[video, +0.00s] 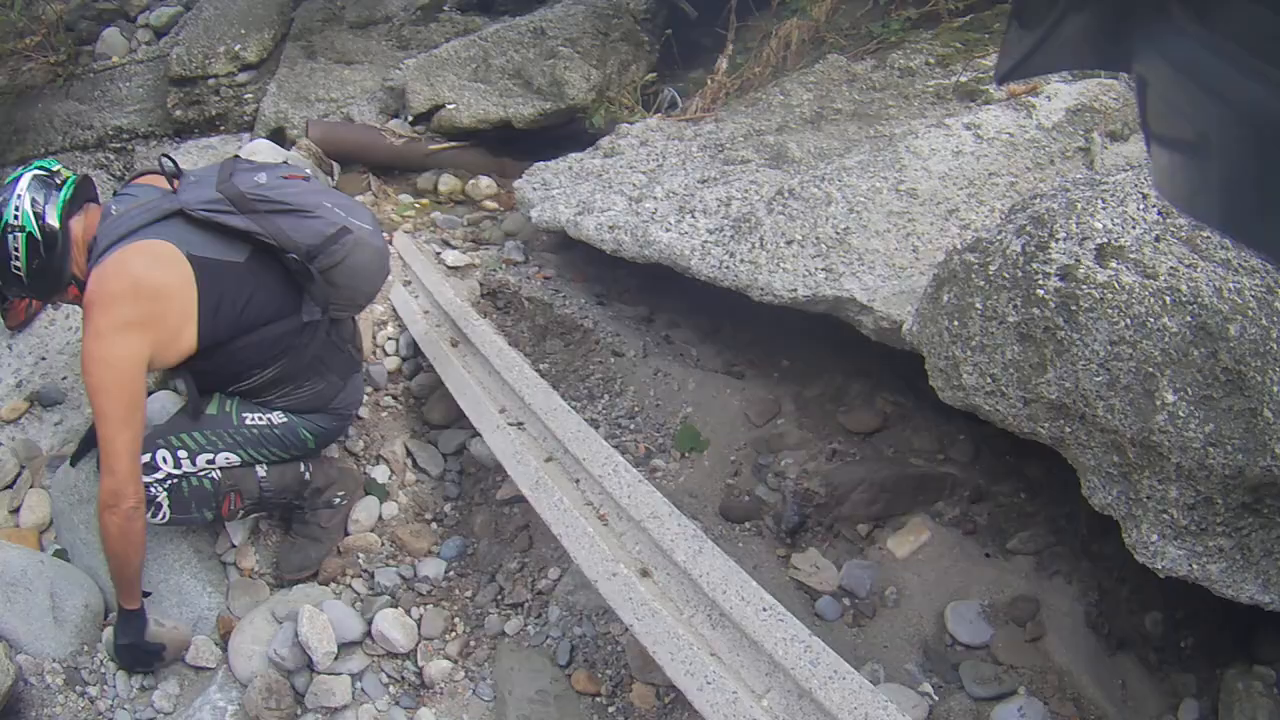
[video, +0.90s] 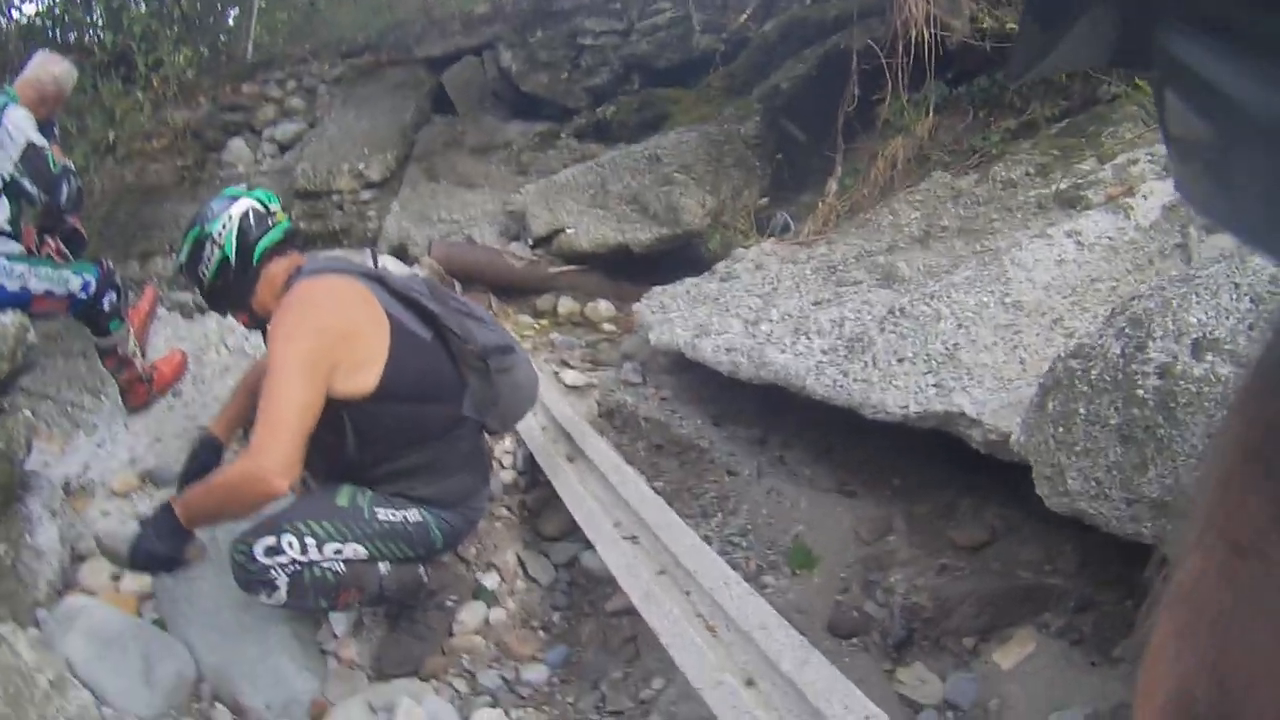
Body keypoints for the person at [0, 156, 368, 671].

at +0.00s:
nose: (49, 297)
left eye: (36, 284)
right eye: (33, 289)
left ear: (44, 254)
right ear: (78, 204)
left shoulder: (114, 308)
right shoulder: (147, 186)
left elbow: (122, 495)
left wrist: (130, 611)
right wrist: (115, 412)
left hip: (308, 407)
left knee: (136, 487)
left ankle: (317, 484)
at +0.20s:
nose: (76, 335)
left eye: (67, 324)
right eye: (66, 331)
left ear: (69, 294)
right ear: (93, 240)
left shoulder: (142, 338)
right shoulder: (163, 220)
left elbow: (188, 520)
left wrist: (196, 637)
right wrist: (147, 443)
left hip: (332, 431)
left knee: (187, 512)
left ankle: (344, 508)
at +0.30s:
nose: (138, 377)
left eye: (128, 365)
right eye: (125, 367)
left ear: (139, 339)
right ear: (156, 279)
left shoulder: (219, 374)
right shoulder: (225, 261)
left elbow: (283, 538)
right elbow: (236, 390)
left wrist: (288, 646)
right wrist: (217, 476)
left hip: (408, 448)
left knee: (250, 532)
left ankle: (423, 521)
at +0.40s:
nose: (168, 388)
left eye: (158, 375)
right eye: (155, 379)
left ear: (176, 350)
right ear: (204, 299)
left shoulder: (266, 393)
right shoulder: (275, 281)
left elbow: (337, 553)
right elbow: (274, 409)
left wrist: (330, 658)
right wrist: (259, 500)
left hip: (456, 474)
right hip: (456, 400)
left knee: (296, 559)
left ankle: (465, 546)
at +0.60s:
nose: (219, 390)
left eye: (207, 377)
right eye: (207, 381)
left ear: (214, 358)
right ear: (249, 304)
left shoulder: (286, 393)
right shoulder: (308, 311)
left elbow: (329, 562)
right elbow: (274, 441)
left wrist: (287, 658)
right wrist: (255, 531)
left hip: (460, 523)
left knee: (288, 584)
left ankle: (460, 603)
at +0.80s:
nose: (271, 405)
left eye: (262, 390)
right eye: (258, 395)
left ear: (270, 362)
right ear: (309, 328)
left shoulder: (335, 404)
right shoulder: (352, 357)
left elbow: (323, 563)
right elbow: (297, 456)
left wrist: (237, 629)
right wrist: (252, 539)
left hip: (481, 576)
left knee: (303, 622)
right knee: (313, 475)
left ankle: (472, 650)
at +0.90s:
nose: (237, 319)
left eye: (226, 302)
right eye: (225, 308)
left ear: (238, 278)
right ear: (275, 243)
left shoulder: (308, 315)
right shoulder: (322, 274)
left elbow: (270, 474)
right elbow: (271, 370)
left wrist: (175, 517)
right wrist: (215, 442)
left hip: (434, 507)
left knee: (261, 560)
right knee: (280, 405)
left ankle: (424, 588)